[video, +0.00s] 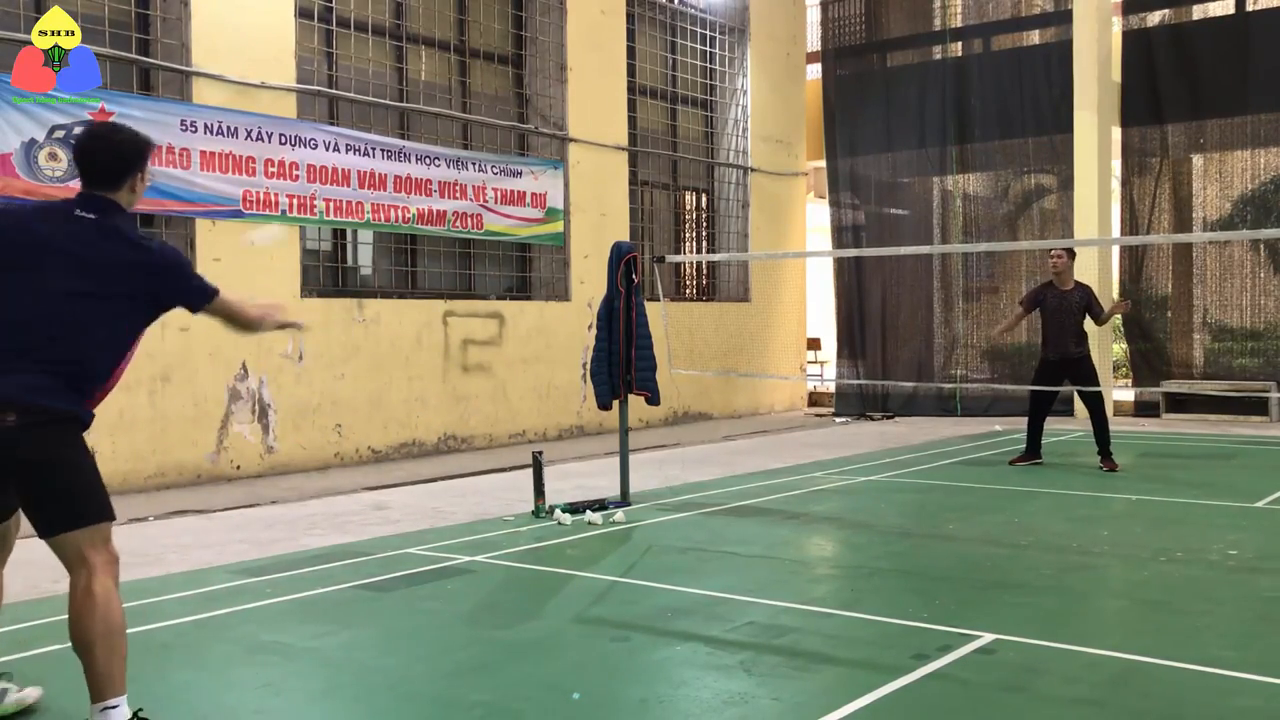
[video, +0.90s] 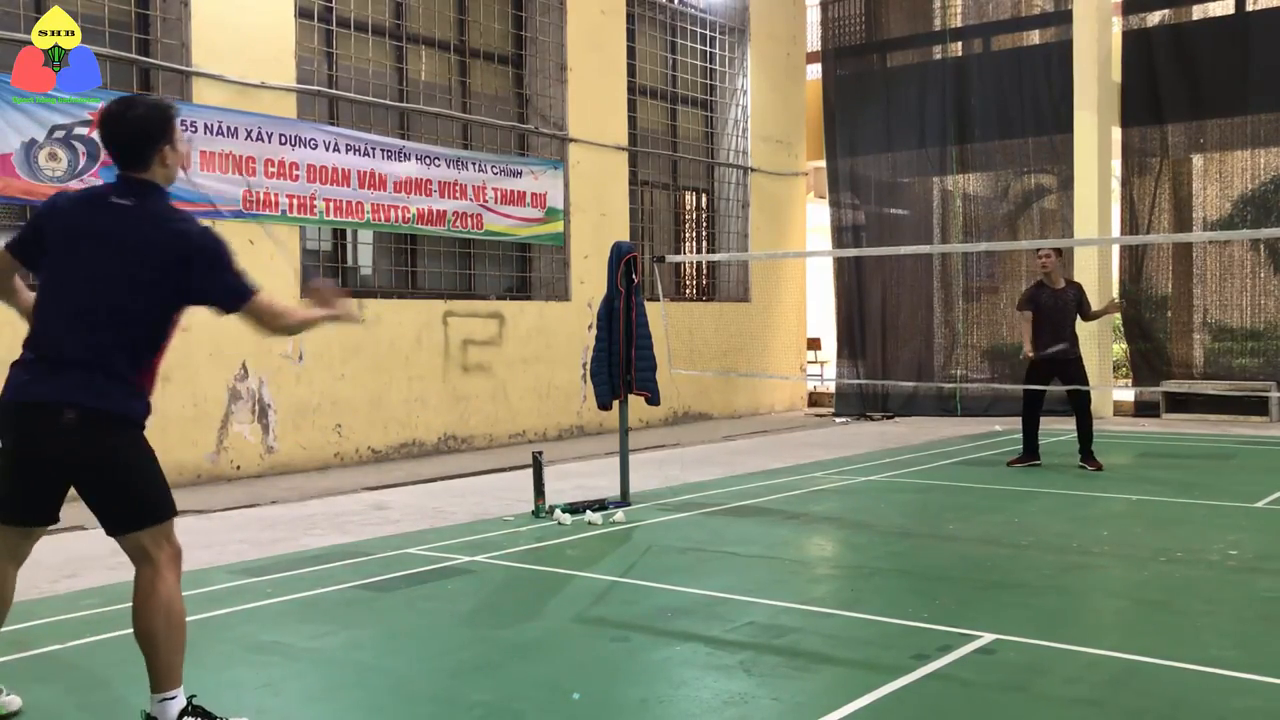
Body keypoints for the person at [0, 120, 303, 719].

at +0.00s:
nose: (149, 183)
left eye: (148, 174)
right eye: (147, 175)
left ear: (80, 174)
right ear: (137, 180)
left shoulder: (17, 221)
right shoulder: (148, 259)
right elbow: (235, 313)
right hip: (41, 426)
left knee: (1, 543)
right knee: (93, 562)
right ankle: (112, 711)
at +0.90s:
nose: (185, 148)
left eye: (181, 136)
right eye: (179, 138)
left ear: (114, 152)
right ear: (164, 151)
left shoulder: (63, 208)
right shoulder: (184, 236)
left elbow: (3, 269)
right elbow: (272, 317)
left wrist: (37, 314)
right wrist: (323, 311)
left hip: (25, 408)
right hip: (106, 420)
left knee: (7, 552)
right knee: (158, 556)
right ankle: (168, 706)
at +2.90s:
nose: (228, 165)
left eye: (227, 156)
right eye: (226, 157)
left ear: (159, 159)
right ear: (215, 163)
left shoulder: (100, 212)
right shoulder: (235, 240)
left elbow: (10, 270)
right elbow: (332, 271)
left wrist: (2, 334)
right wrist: (418, 286)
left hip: (61, 411)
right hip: (148, 422)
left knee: (28, 542)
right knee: (198, 546)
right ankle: (203, 699)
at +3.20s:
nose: (177, 181)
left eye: (175, 168)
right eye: (173, 169)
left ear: (113, 175)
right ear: (152, 174)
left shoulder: (56, 227)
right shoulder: (156, 243)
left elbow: (1, 288)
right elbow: (238, 308)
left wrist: (13, 347)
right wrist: (331, 337)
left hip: (15, 431)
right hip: (85, 438)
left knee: (5, 551)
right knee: (158, 557)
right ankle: (198, 700)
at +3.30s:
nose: (160, 197)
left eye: (158, 184)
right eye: (155, 186)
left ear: (93, 193)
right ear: (129, 193)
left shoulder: (38, 242)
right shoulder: (118, 262)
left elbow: (15, 326)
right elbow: (189, 345)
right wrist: (282, 381)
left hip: (2, 443)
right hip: (41, 448)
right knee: (126, 566)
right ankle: (192, 701)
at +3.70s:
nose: (159, 171)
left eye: (158, 160)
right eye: (158, 161)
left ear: (90, 165)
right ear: (142, 168)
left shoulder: (22, 213)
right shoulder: (146, 240)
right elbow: (235, 312)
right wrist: (253, 322)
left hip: (1, 413)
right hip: (53, 425)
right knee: (106, 562)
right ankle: (124, 709)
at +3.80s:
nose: (167, 162)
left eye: (163, 152)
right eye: (165, 153)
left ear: (93, 157)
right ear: (156, 162)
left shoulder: (33, 206)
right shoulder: (180, 240)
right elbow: (293, 265)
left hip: (1, 413)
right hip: (64, 429)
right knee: (118, 562)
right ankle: (125, 710)